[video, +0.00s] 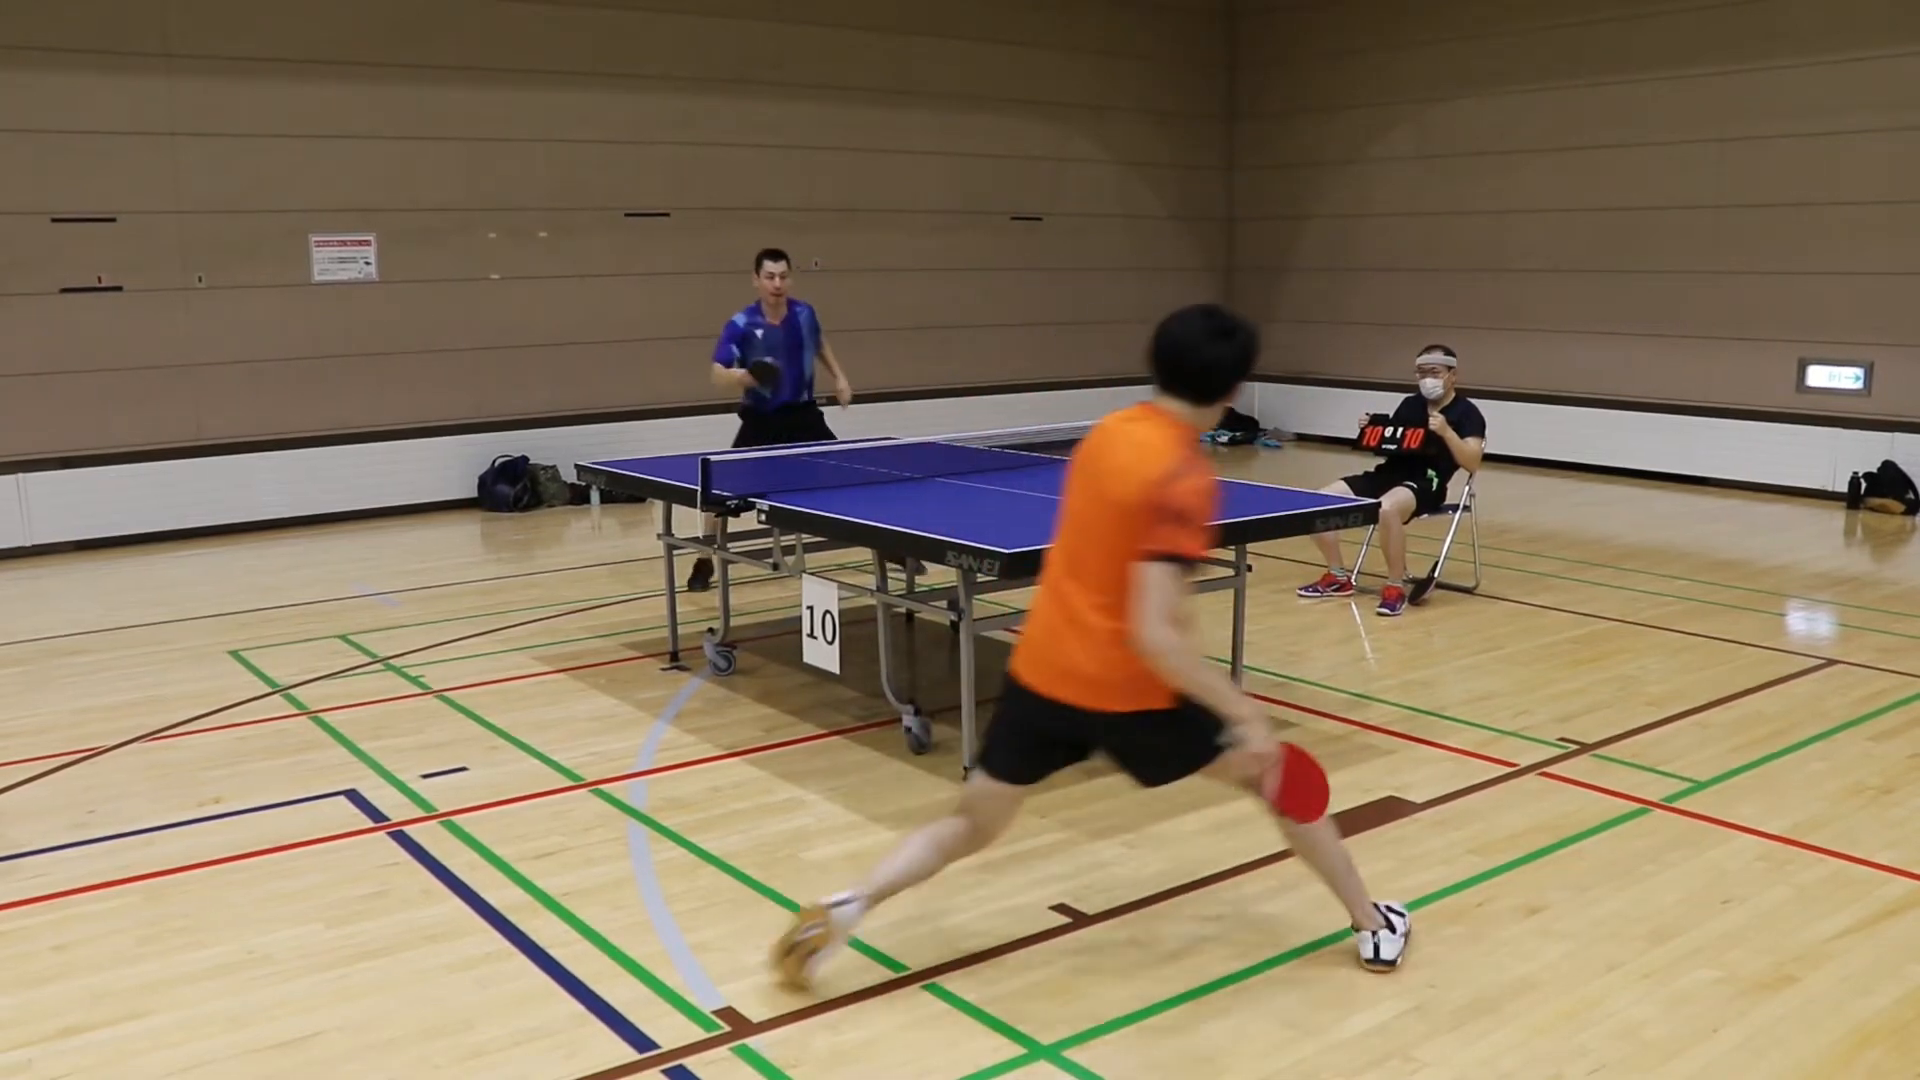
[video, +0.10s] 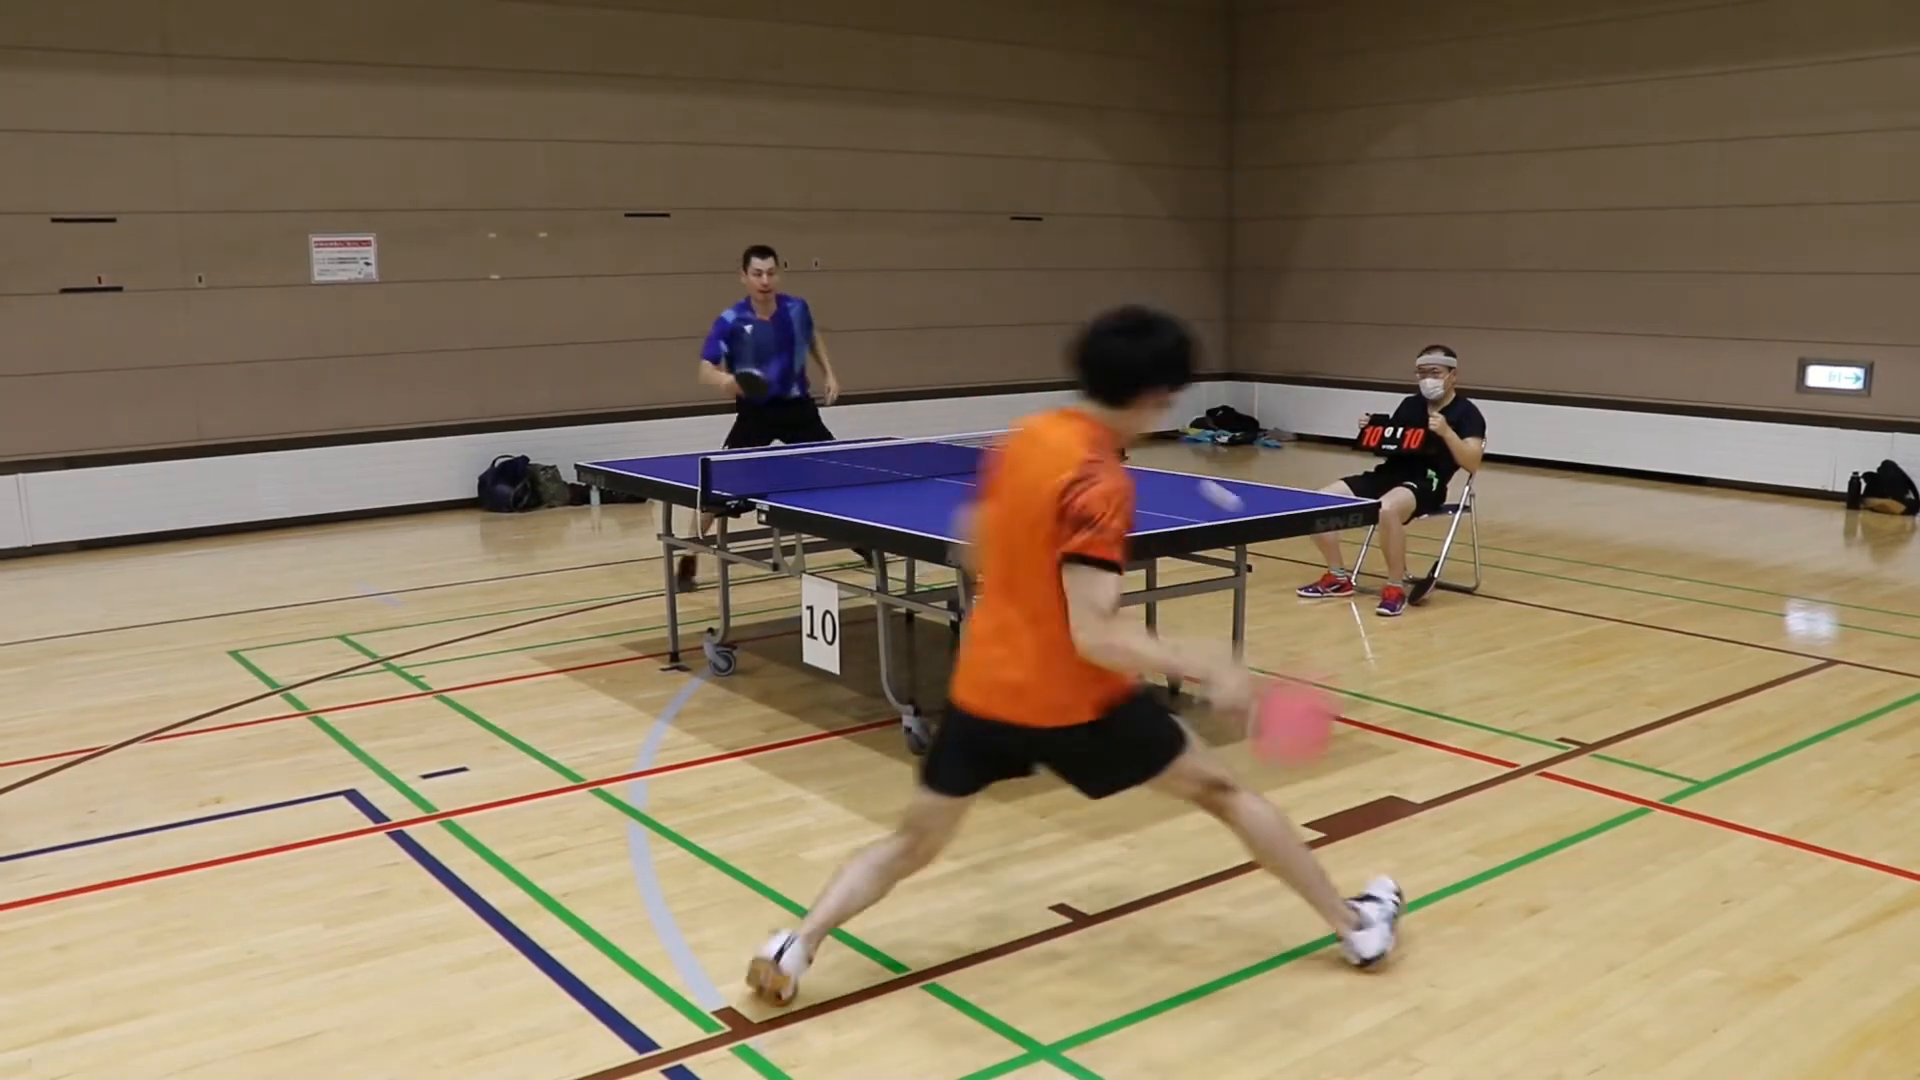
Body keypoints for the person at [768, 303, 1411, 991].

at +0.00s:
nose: (1240, 391)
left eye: (1234, 376)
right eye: (1239, 381)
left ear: (1159, 366)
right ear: (1227, 391)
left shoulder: (1106, 429)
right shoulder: (1183, 471)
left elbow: (1082, 554)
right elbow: (1157, 632)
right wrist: (1242, 711)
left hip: (1041, 676)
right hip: (1127, 692)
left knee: (973, 819)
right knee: (1271, 774)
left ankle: (849, 907)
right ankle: (1373, 923)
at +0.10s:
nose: (1172, 408)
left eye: (1173, 392)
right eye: (1171, 394)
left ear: (1092, 373)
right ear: (1148, 395)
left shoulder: (1019, 437)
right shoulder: (1100, 477)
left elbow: (971, 547)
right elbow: (1095, 632)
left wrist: (1030, 608)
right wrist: (1205, 666)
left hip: (980, 693)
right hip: (1075, 702)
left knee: (912, 838)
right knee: (1223, 791)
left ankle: (795, 947)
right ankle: (1353, 924)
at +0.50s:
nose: (985, 350)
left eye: (988, 339)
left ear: (995, 349)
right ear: (1075, 341)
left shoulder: (978, 446)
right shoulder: (1124, 427)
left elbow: (907, 578)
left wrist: (949, 538)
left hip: (1000, 686)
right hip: (1107, 681)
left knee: (883, 808)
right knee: (1159, 779)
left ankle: (782, 970)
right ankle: (1199, 903)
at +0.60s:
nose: (1057, 321)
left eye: (1062, 310)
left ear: (1070, 319)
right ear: (1149, 316)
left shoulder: (1042, 403)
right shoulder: (1194, 412)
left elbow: (971, 521)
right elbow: (1227, 552)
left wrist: (1045, 529)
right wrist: (1157, 525)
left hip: (1056, 652)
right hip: (1169, 648)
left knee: (939, 759)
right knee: (1253, 741)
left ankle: (882, 925)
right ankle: (1308, 914)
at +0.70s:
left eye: (1160, 326)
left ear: (1161, 333)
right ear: (1242, 340)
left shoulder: (1113, 411)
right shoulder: (1268, 435)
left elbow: (1077, 530)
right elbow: (1289, 586)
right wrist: (1310, 652)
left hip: (1106, 653)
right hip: (1216, 659)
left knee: (1012, 789)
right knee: (1315, 767)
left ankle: (975, 958)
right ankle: (1410, 917)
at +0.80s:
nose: (1347, 358)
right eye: (1348, 348)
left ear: (1273, 348)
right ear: (1348, 358)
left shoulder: (1217, 423)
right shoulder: (1345, 457)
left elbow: (1203, 530)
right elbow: (1353, 603)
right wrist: (1415, 706)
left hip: (1173, 655)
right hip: (1272, 663)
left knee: (1091, 808)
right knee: (1385, 748)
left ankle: (993, 956)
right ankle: (1425, 922)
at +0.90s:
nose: (1484, 369)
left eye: (1473, 354)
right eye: (1482, 358)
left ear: (1402, 350)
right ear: (1470, 366)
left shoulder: (1345, 411)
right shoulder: (1451, 447)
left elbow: (1320, 514)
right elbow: (1460, 596)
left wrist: (1405, 571)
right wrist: (1540, 699)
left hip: (1256, 622)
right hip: (1346, 639)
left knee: (1158, 777)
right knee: (1440, 750)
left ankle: (1034, 908)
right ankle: (1433, 925)